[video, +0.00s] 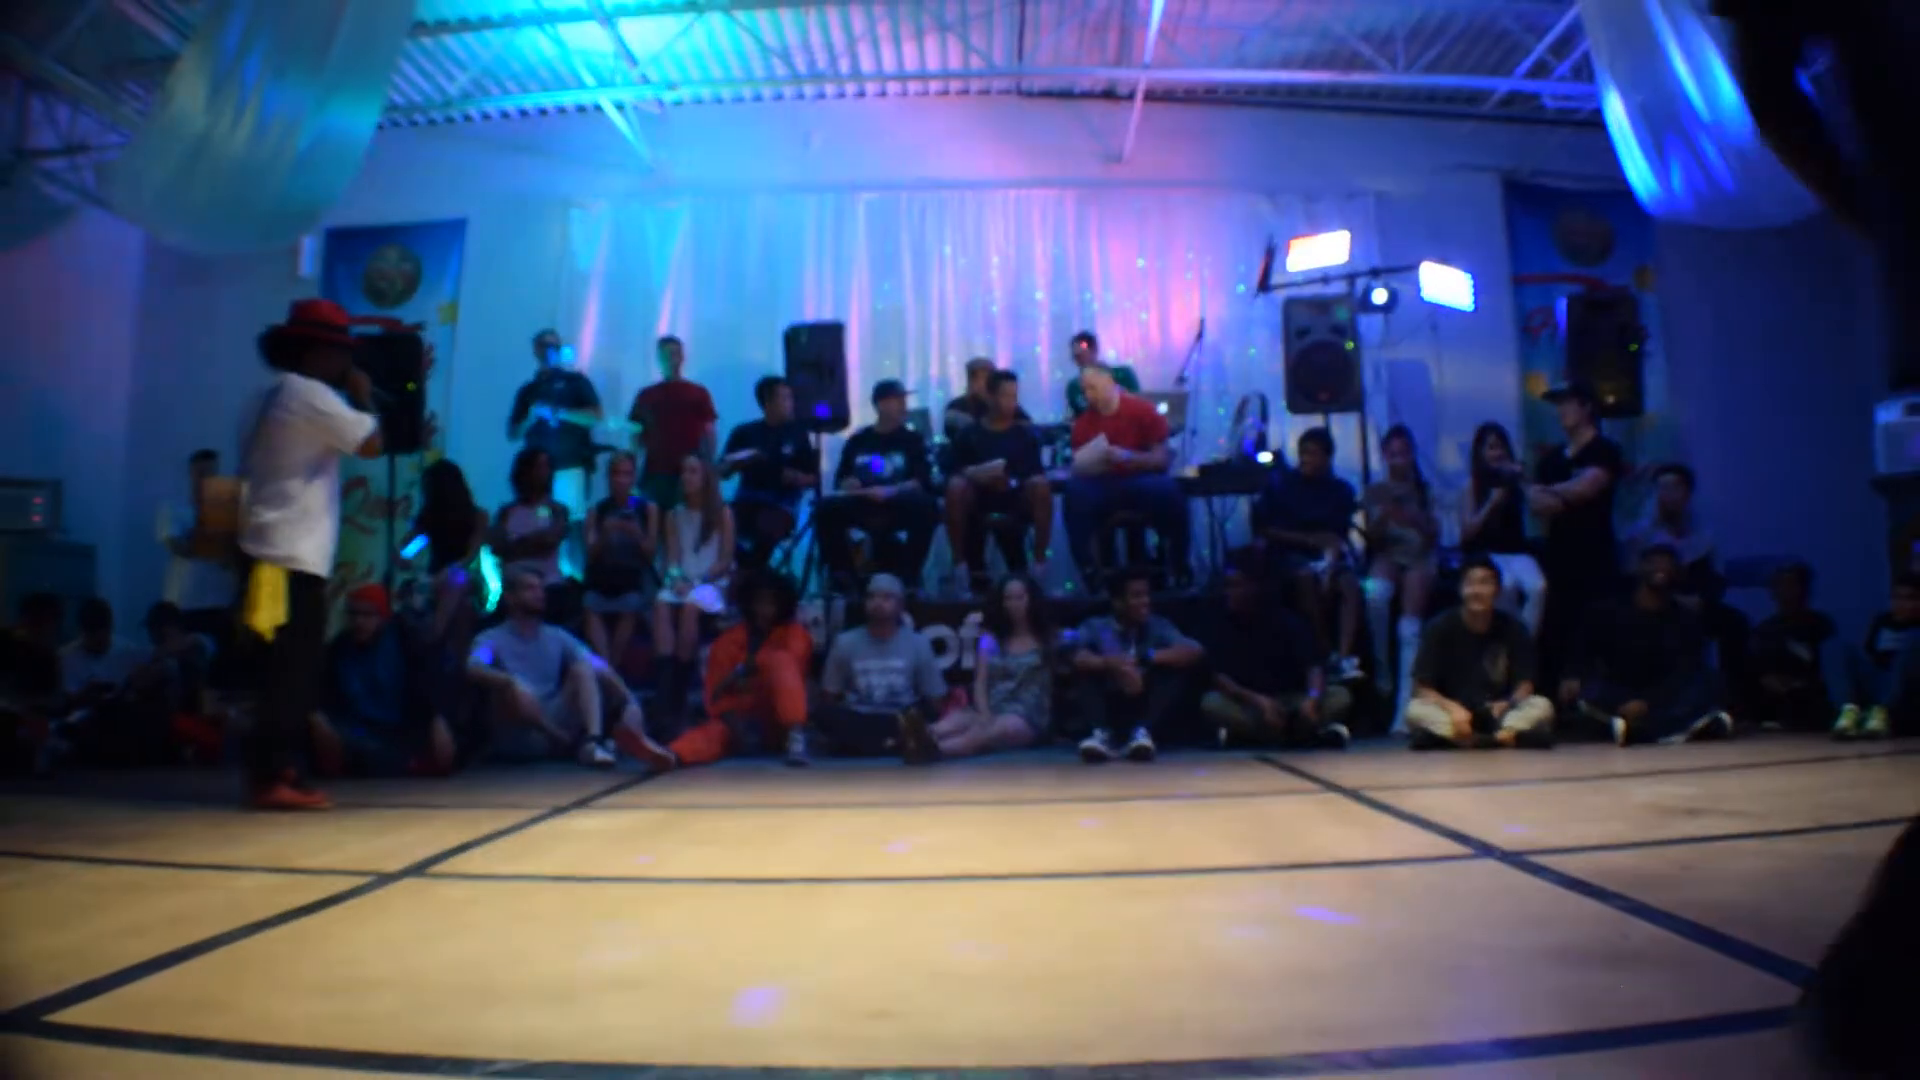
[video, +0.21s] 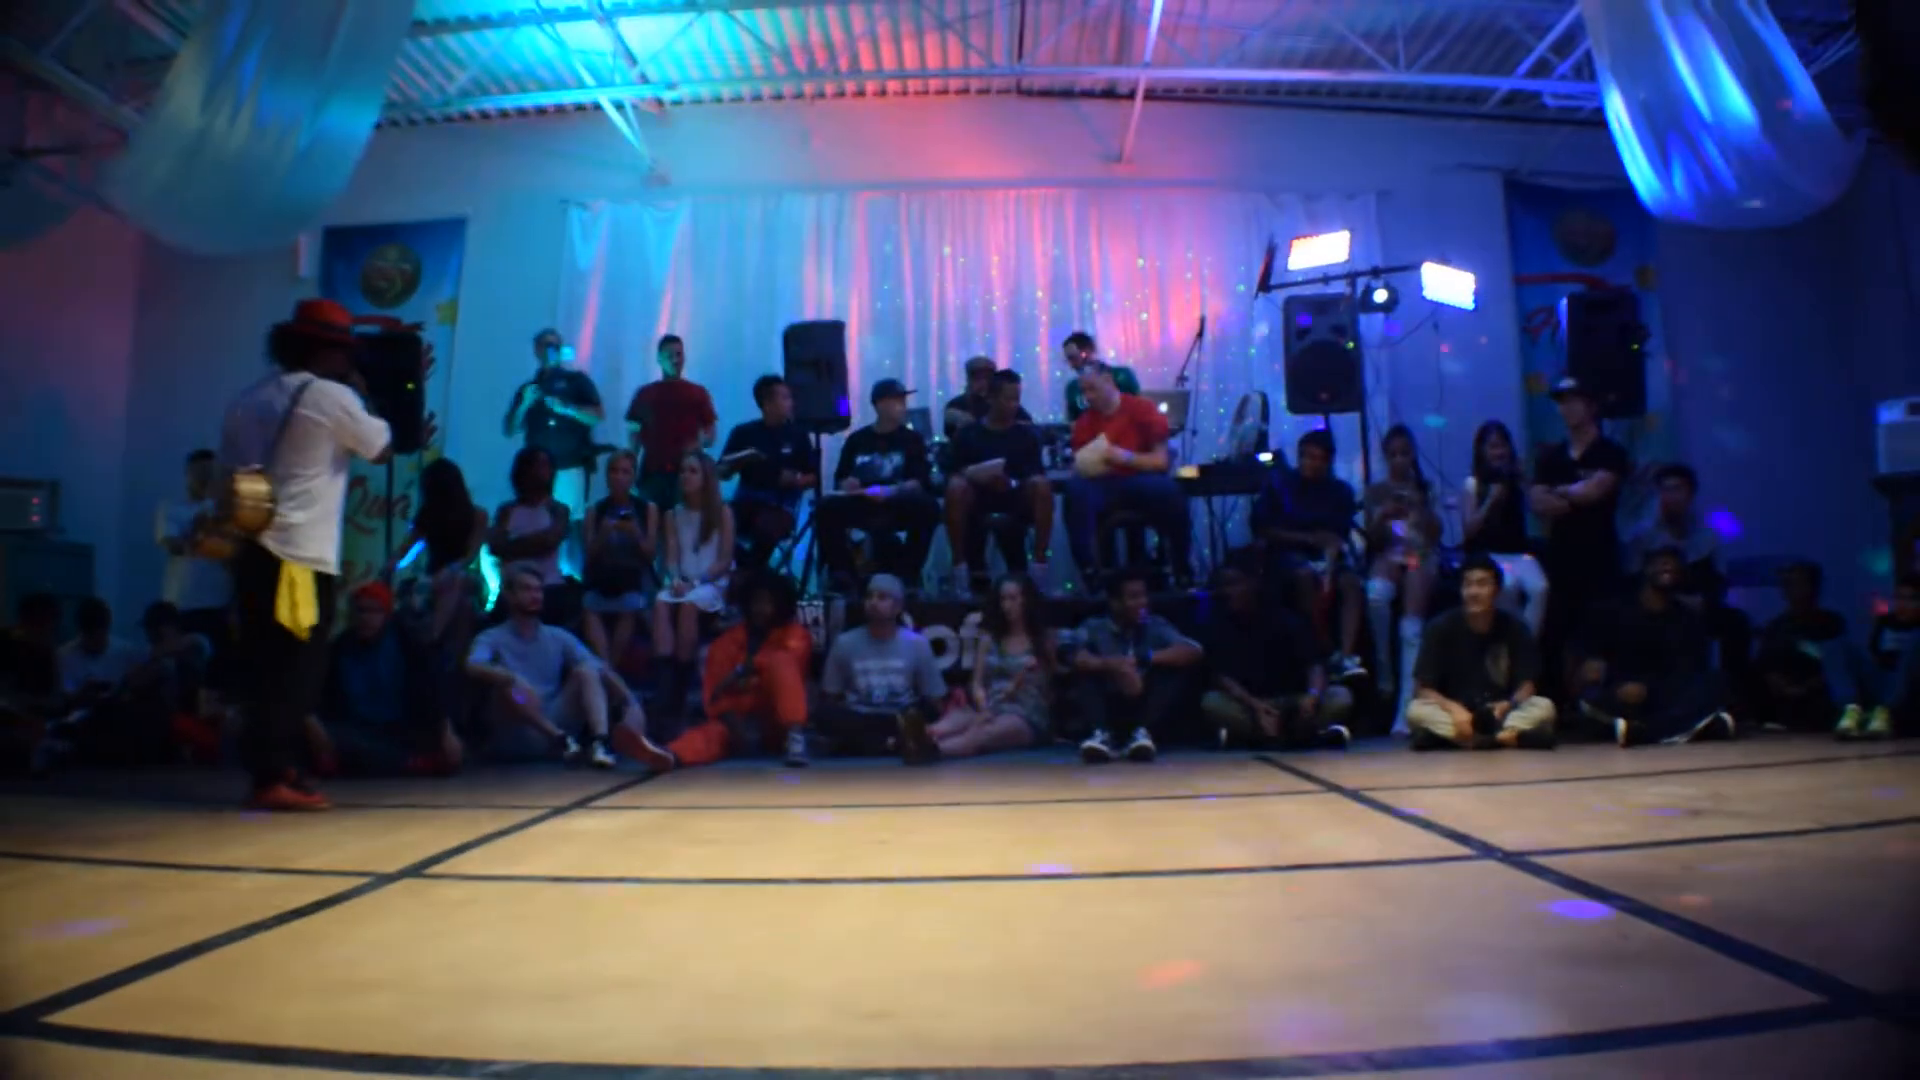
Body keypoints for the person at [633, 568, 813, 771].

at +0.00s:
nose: (764, 611)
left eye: (770, 604)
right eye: (758, 603)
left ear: (782, 607)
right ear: (747, 606)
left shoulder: (794, 636)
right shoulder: (727, 643)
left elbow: (788, 666)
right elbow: (714, 704)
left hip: (775, 718)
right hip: (739, 720)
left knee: (780, 660)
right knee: (714, 734)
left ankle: (795, 738)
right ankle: (673, 756)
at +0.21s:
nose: (761, 610)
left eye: (768, 603)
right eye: (756, 603)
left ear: (782, 607)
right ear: (746, 606)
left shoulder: (794, 635)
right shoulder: (725, 645)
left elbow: (783, 663)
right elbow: (713, 705)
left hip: (776, 719)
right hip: (738, 720)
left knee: (780, 661)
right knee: (712, 734)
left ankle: (795, 737)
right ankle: (671, 755)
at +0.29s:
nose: (759, 609)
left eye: (767, 603)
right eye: (754, 602)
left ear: (781, 607)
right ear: (746, 605)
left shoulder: (793, 635)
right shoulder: (725, 644)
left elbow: (784, 665)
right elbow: (713, 704)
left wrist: (752, 668)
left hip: (776, 719)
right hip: (739, 720)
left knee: (778, 660)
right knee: (712, 733)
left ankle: (794, 737)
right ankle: (670, 755)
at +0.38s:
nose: (759, 609)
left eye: (767, 603)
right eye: (755, 602)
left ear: (780, 607)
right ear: (745, 605)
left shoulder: (792, 635)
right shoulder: (724, 645)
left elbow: (786, 663)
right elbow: (713, 703)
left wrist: (753, 667)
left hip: (775, 718)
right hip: (738, 722)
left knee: (779, 661)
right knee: (712, 734)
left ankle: (794, 737)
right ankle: (669, 755)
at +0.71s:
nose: (759, 608)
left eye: (766, 602)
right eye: (754, 602)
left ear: (780, 607)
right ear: (745, 605)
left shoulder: (793, 635)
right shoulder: (724, 645)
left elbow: (786, 668)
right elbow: (712, 703)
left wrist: (755, 665)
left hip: (777, 722)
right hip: (740, 724)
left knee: (778, 661)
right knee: (712, 734)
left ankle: (794, 738)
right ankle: (669, 755)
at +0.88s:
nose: (764, 609)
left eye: (771, 603)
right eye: (759, 602)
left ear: (783, 608)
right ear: (747, 604)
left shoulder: (793, 635)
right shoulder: (724, 644)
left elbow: (785, 663)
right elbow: (714, 701)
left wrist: (750, 667)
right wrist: (734, 721)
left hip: (776, 718)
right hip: (739, 721)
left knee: (778, 660)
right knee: (711, 735)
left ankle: (794, 738)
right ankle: (669, 756)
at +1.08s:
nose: (768, 609)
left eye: (775, 602)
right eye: (762, 602)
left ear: (784, 607)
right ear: (749, 604)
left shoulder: (793, 634)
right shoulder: (726, 643)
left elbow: (789, 664)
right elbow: (713, 701)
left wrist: (756, 665)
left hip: (776, 719)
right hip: (738, 721)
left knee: (781, 662)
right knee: (709, 735)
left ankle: (794, 738)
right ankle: (669, 755)